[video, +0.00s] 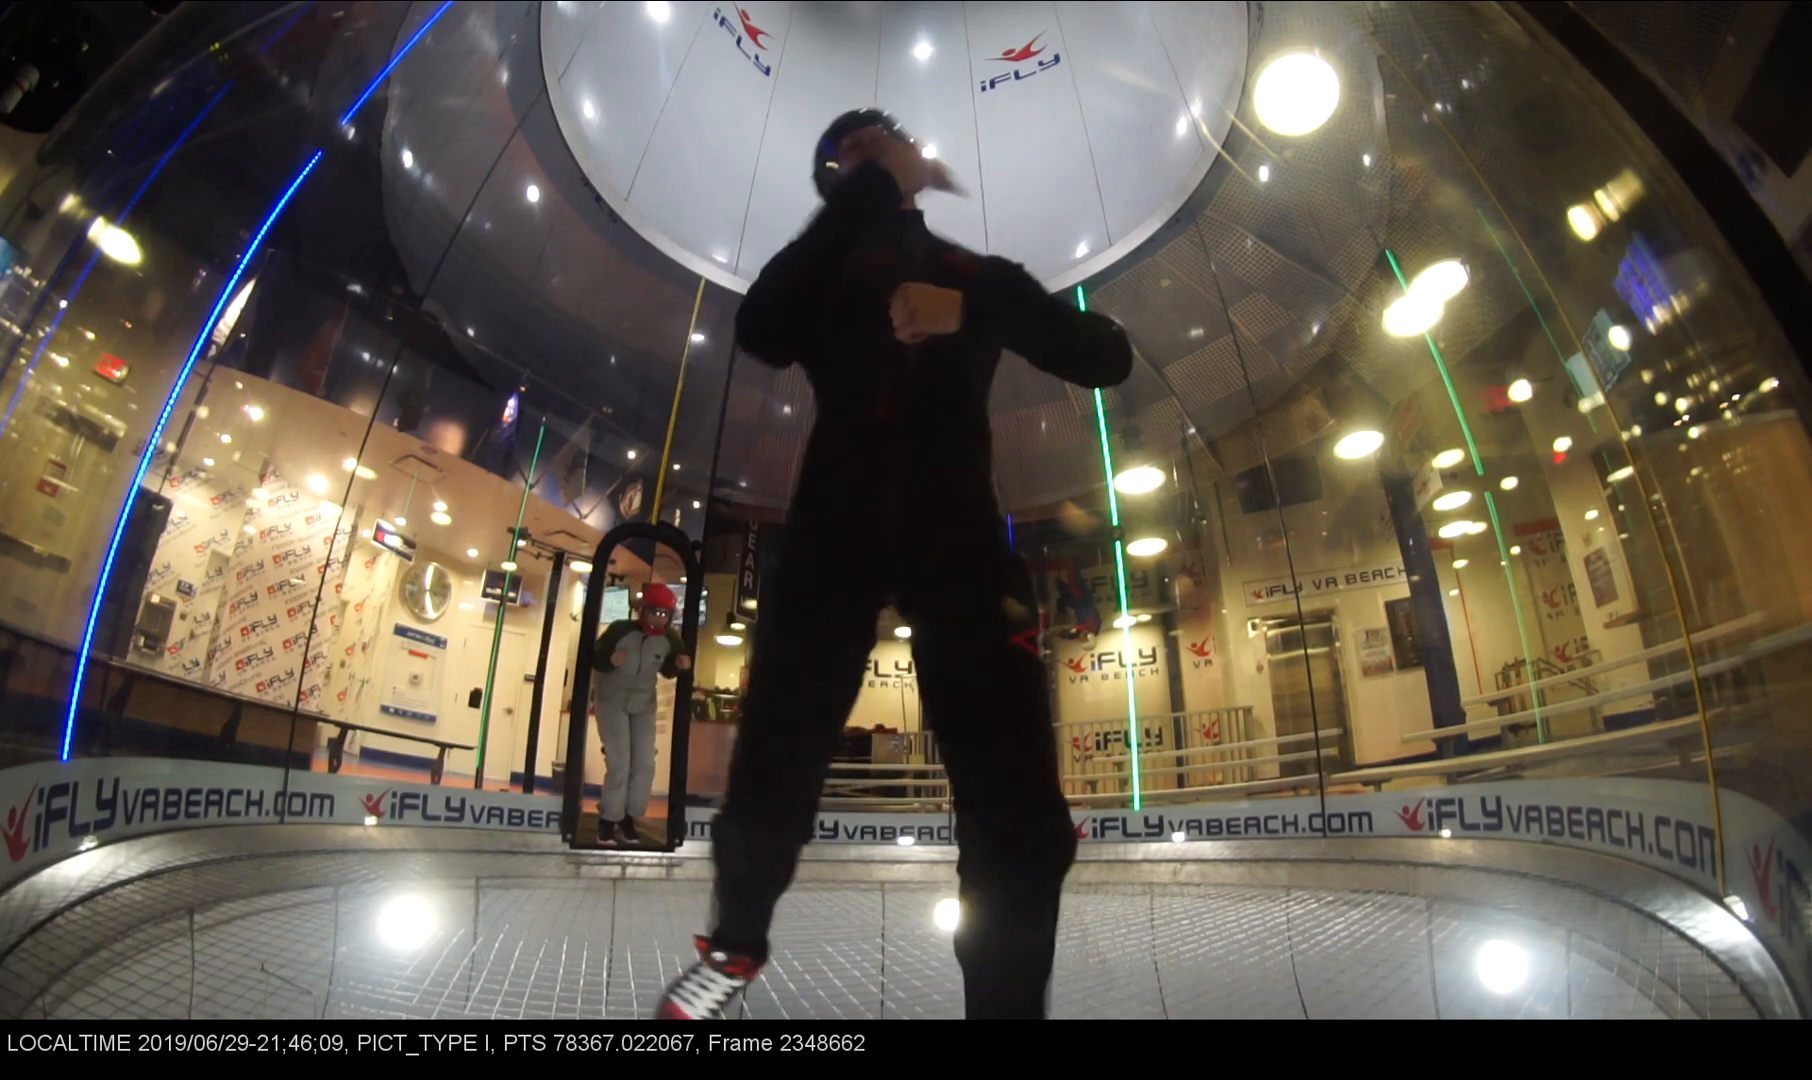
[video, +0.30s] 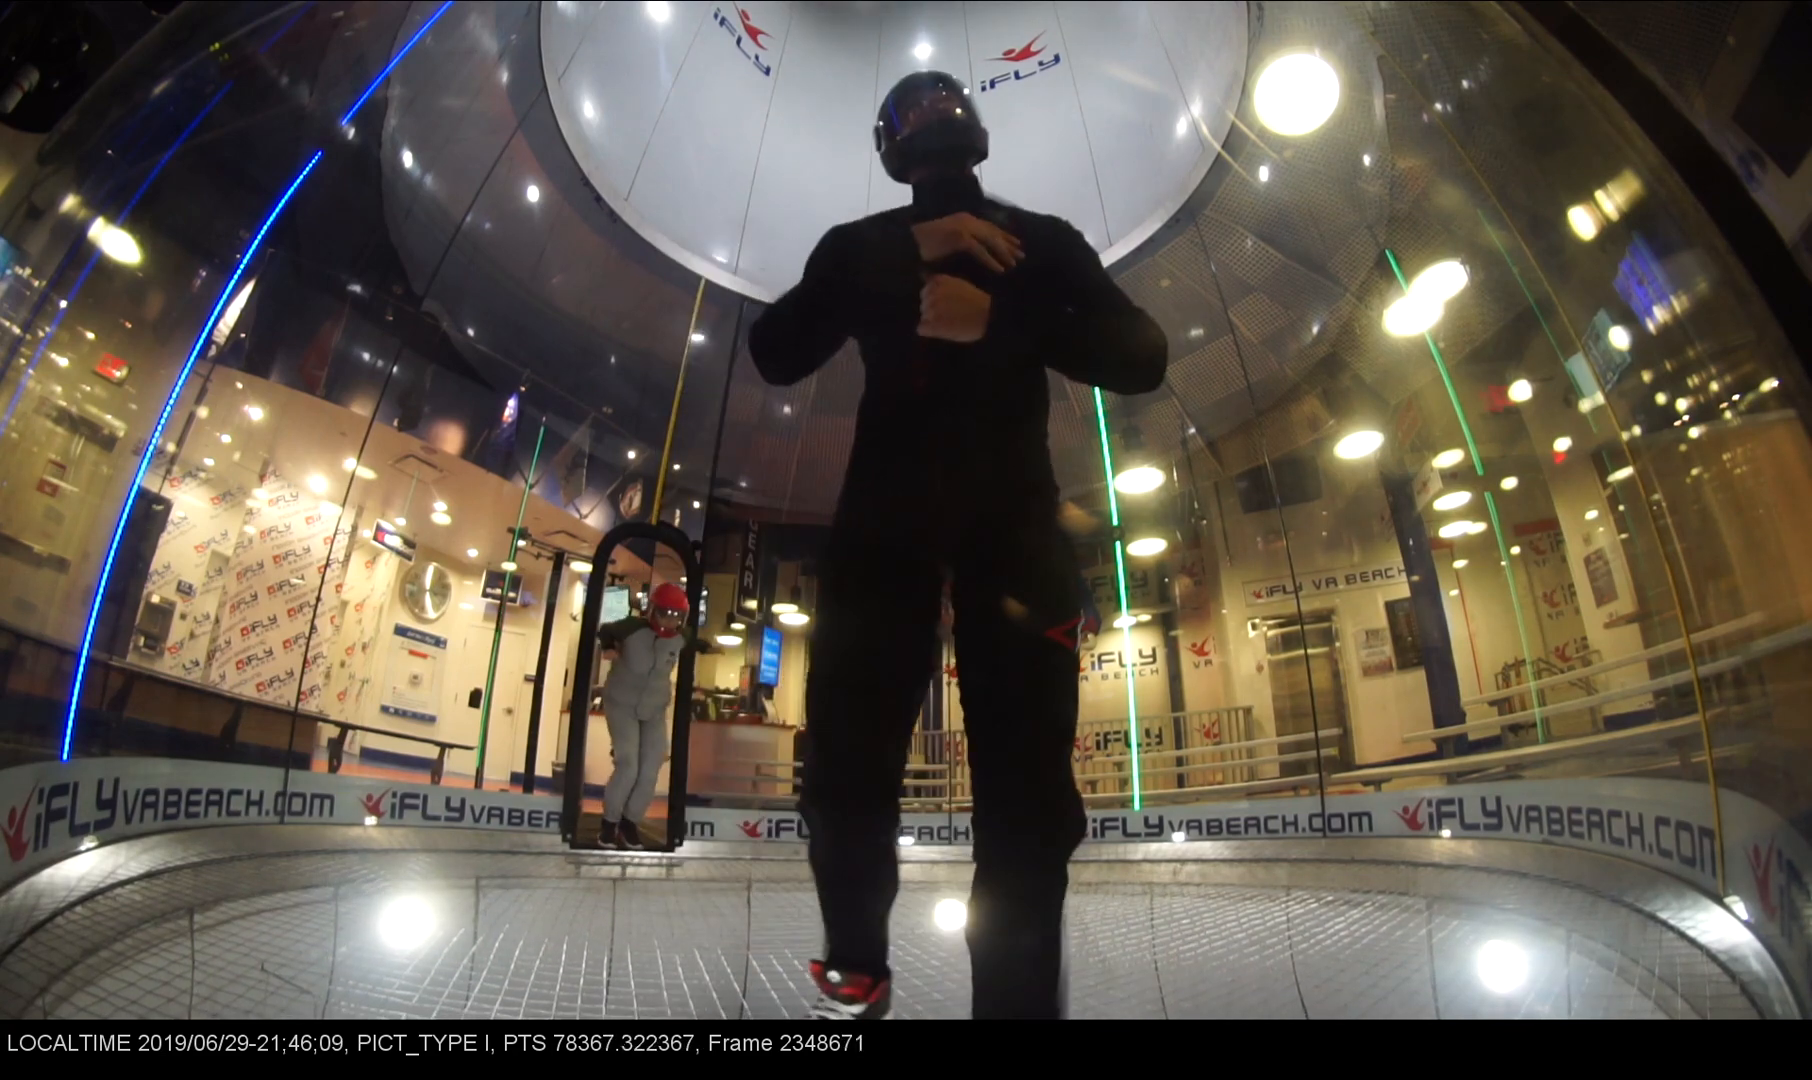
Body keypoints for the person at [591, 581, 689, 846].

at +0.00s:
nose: (660, 619)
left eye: (665, 614)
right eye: (655, 612)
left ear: (670, 615)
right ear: (642, 610)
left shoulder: (669, 639)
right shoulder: (621, 629)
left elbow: (667, 671)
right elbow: (595, 658)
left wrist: (678, 664)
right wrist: (609, 660)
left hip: (644, 706)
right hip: (612, 704)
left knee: (644, 763)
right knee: (619, 762)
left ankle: (629, 821)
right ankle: (608, 821)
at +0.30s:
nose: (670, 621)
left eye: (676, 616)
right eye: (665, 614)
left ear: (682, 617)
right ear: (653, 611)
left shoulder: (680, 638)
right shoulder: (632, 627)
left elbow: (694, 643)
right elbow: (603, 632)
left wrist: (705, 647)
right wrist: (609, 646)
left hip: (654, 710)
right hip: (622, 706)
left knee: (651, 766)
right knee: (627, 764)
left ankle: (630, 823)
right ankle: (610, 822)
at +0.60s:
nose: (683, 633)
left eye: (689, 628)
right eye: (678, 625)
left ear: (696, 629)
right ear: (666, 621)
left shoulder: (691, 652)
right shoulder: (644, 638)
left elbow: (703, 657)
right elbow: (608, 647)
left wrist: (717, 661)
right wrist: (616, 650)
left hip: (665, 730)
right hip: (632, 725)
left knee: (663, 787)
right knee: (638, 787)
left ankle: (632, 819)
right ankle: (610, 816)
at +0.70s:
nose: (686, 641)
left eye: (693, 636)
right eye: (681, 633)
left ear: (700, 638)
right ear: (669, 629)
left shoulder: (694, 660)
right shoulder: (646, 646)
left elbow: (709, 665)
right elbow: (608, 652)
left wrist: (723, 664)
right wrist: (608, 659)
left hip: (668, 736)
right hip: (633, 732)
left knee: (664, 800)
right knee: (638, 799)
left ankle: (633, 823)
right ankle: (611, 817)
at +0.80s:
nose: (693, 647)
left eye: (699, 642)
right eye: (688, 640)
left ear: (705, 645)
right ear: (674, 636)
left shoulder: (696, 669)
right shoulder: (650, 656)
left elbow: (709, 675)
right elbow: (616, 660)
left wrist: (728, 669)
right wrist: (603, 664)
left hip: (669, 744)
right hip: (635, 740)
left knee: (668, 806)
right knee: (635, 805)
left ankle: (636, 830)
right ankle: (611, 820)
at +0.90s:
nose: (698, 654)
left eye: (705, 649)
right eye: (693, 646)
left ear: (712, 651)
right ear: (679, 643)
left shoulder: (705, 676)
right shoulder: (655, 663)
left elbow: (717, 685)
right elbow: (626, 674)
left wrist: (739, 675)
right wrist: (609, 678)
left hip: (674, 757)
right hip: (638, 753)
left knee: (677, 816)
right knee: (639, 813)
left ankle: (642, 833)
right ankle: (611, 822)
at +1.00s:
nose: (706, 657)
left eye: (713, 652)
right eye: (700, 650)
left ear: (720, 654)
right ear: (686, 648)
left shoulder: (716, 678)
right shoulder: (661, 668)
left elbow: (734, 689)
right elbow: (627, 679)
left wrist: (755, 676)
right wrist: (605, 683)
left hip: (683, 760)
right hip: (643, 759)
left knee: (695, 825)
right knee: (642, 826)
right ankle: (612, 819)